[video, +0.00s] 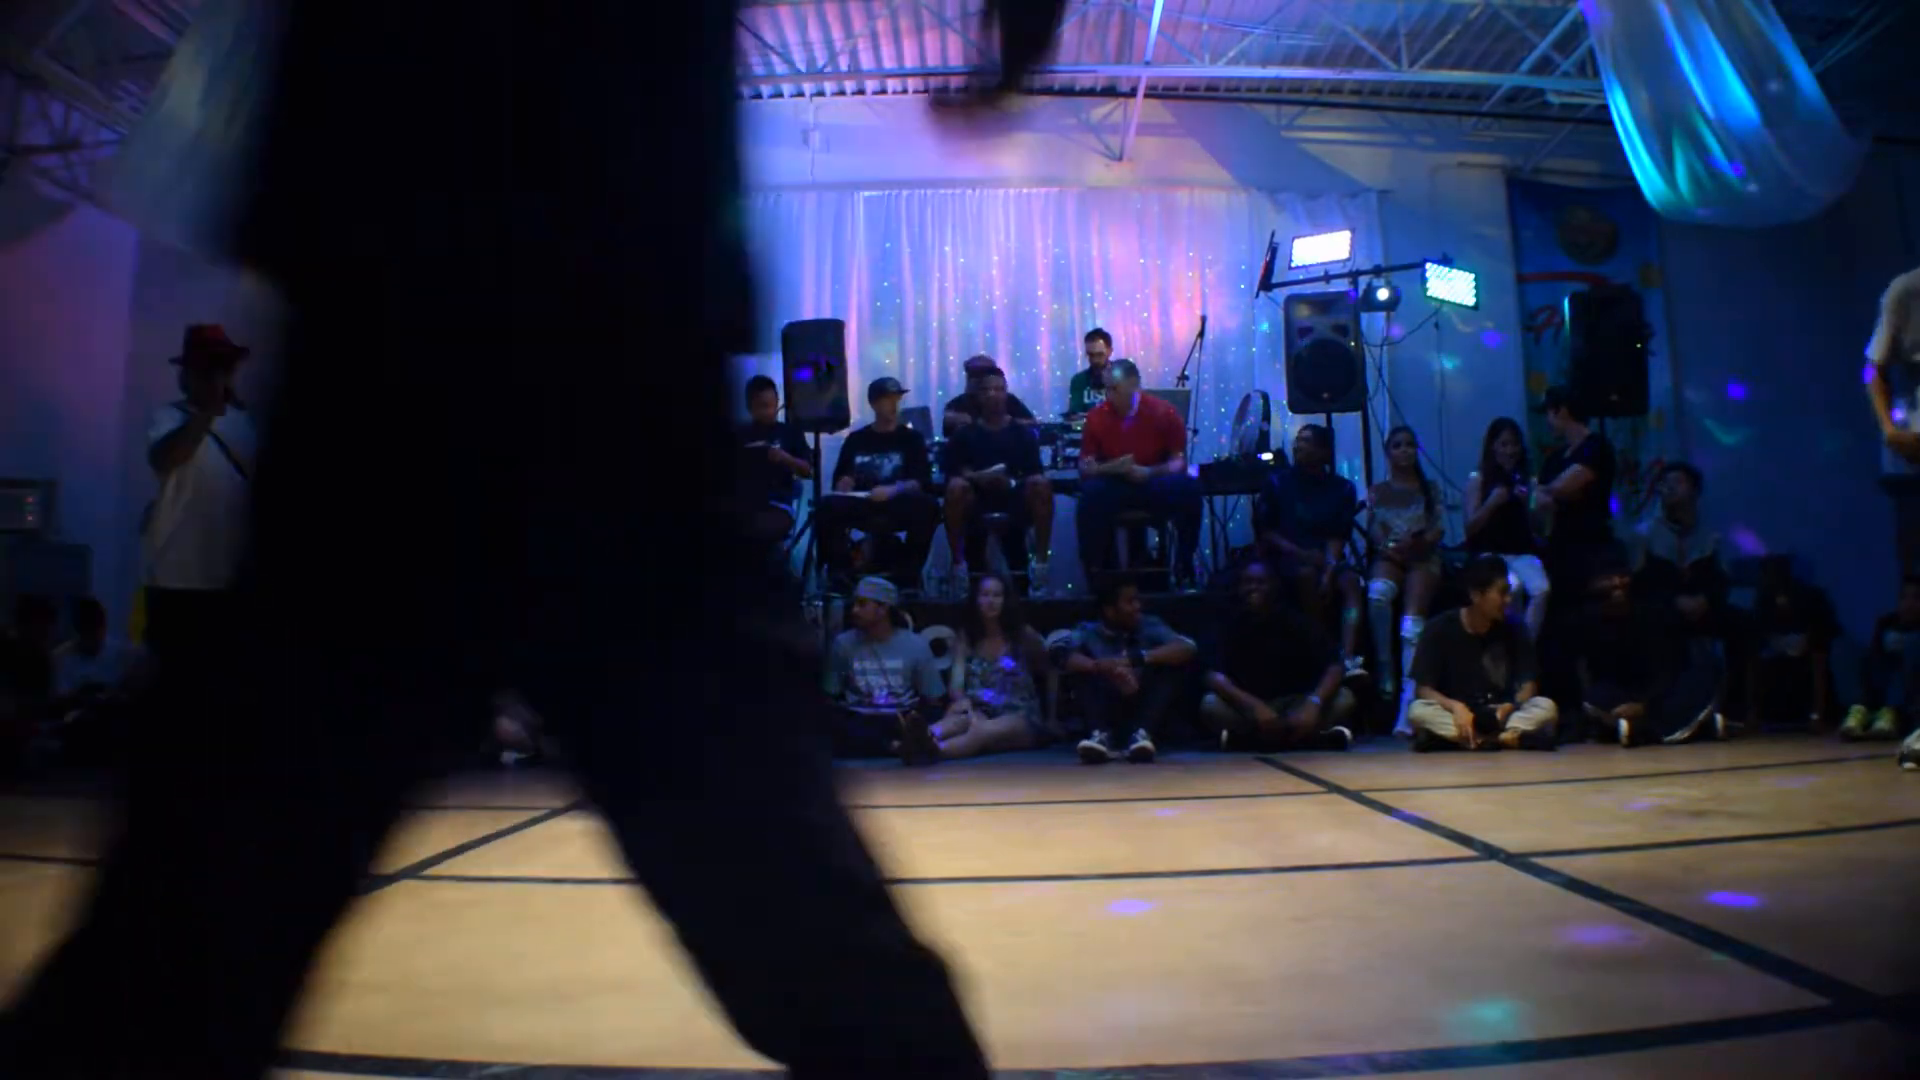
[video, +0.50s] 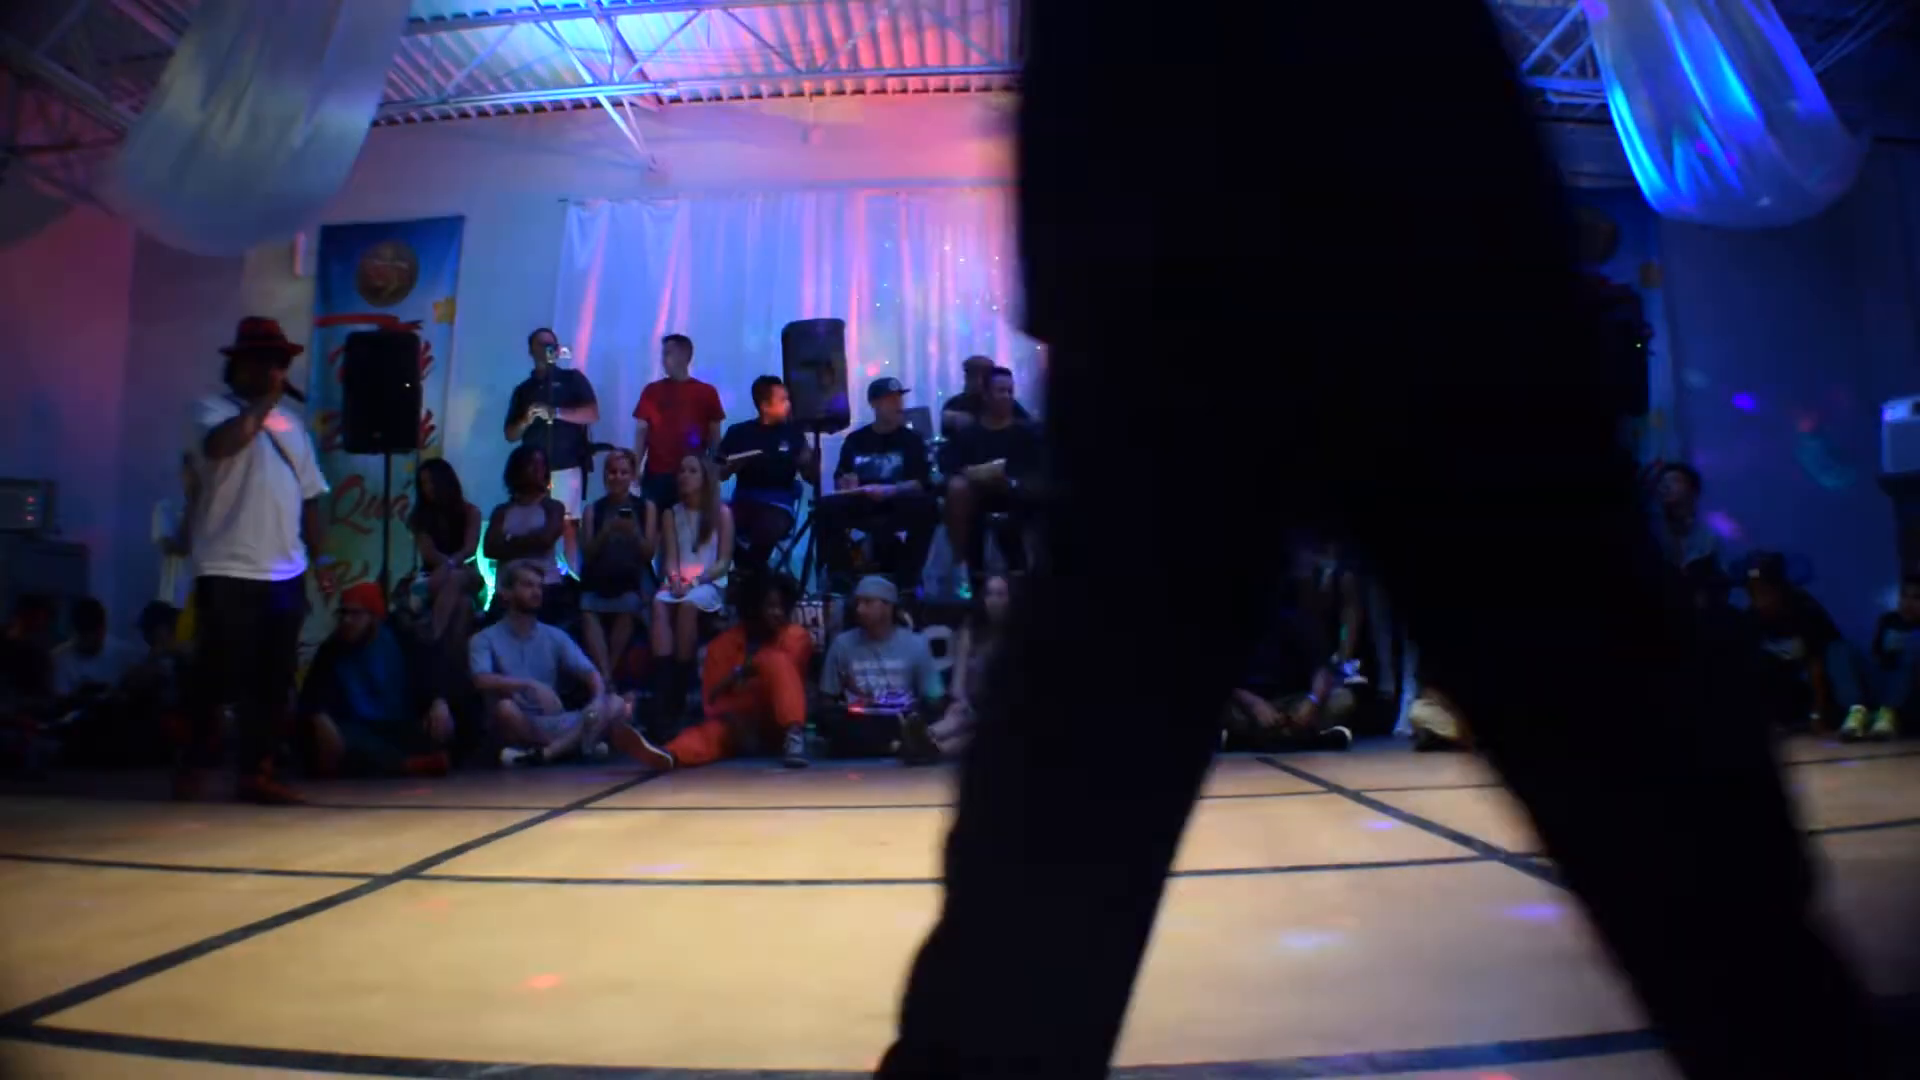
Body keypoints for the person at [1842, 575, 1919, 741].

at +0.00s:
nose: (1909, 605)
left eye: (1914, 599)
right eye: (1905, 598)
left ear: (1919, 602)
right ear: (1899, 600)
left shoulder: (1915, 628)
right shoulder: (1886, 623)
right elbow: (1875, 654)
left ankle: (1890, 711)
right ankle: (1857, 709)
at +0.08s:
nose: (1909, 604)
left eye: (1914, 598)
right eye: (1905, 597)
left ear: (1919, 601)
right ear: (1899, 599)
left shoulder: (1915, 628)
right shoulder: (1886, 623)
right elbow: (1875, 653)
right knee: (1842, 650)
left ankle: (1890, 712)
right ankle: (1856, 709)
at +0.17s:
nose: (1909, 603)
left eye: (1914, 598)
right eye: (1906, 597)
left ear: (1919, 600)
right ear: (1900, 598)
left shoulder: (1915, 628)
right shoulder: (1887, 622)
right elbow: (1875, 653)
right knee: (1842, 650)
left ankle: (1888, 712)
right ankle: (1855, 709)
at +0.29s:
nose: (1909, 603)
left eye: (1914, 598)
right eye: (1905, 597)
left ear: (1919, 601)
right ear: (1899, 598)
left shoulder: (1915, 628)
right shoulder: (1887, 622)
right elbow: (1875, 652)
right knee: (1842, 649)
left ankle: (1888, 712)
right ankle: (1854, 709)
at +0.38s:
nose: (1909, 603)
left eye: (1914, 598)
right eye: (1906, 597)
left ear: (1919, 601)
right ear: (1900, 598)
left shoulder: (1915, 627)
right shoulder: (1888, 621)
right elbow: (1876, 652)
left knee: (1908, 664)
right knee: (1841, 649)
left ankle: (1887, 713)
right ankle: (1855, 710)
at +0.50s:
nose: (1909, 603)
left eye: (1914, 598)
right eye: (1905, 597)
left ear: (1919, 601)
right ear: (1900, 598)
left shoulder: (1916, 628)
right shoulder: (1889, 621)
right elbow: (1876, 652)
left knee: (1909, 662)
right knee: (1841, 650)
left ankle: (1888, 713)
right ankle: (1856, 710)